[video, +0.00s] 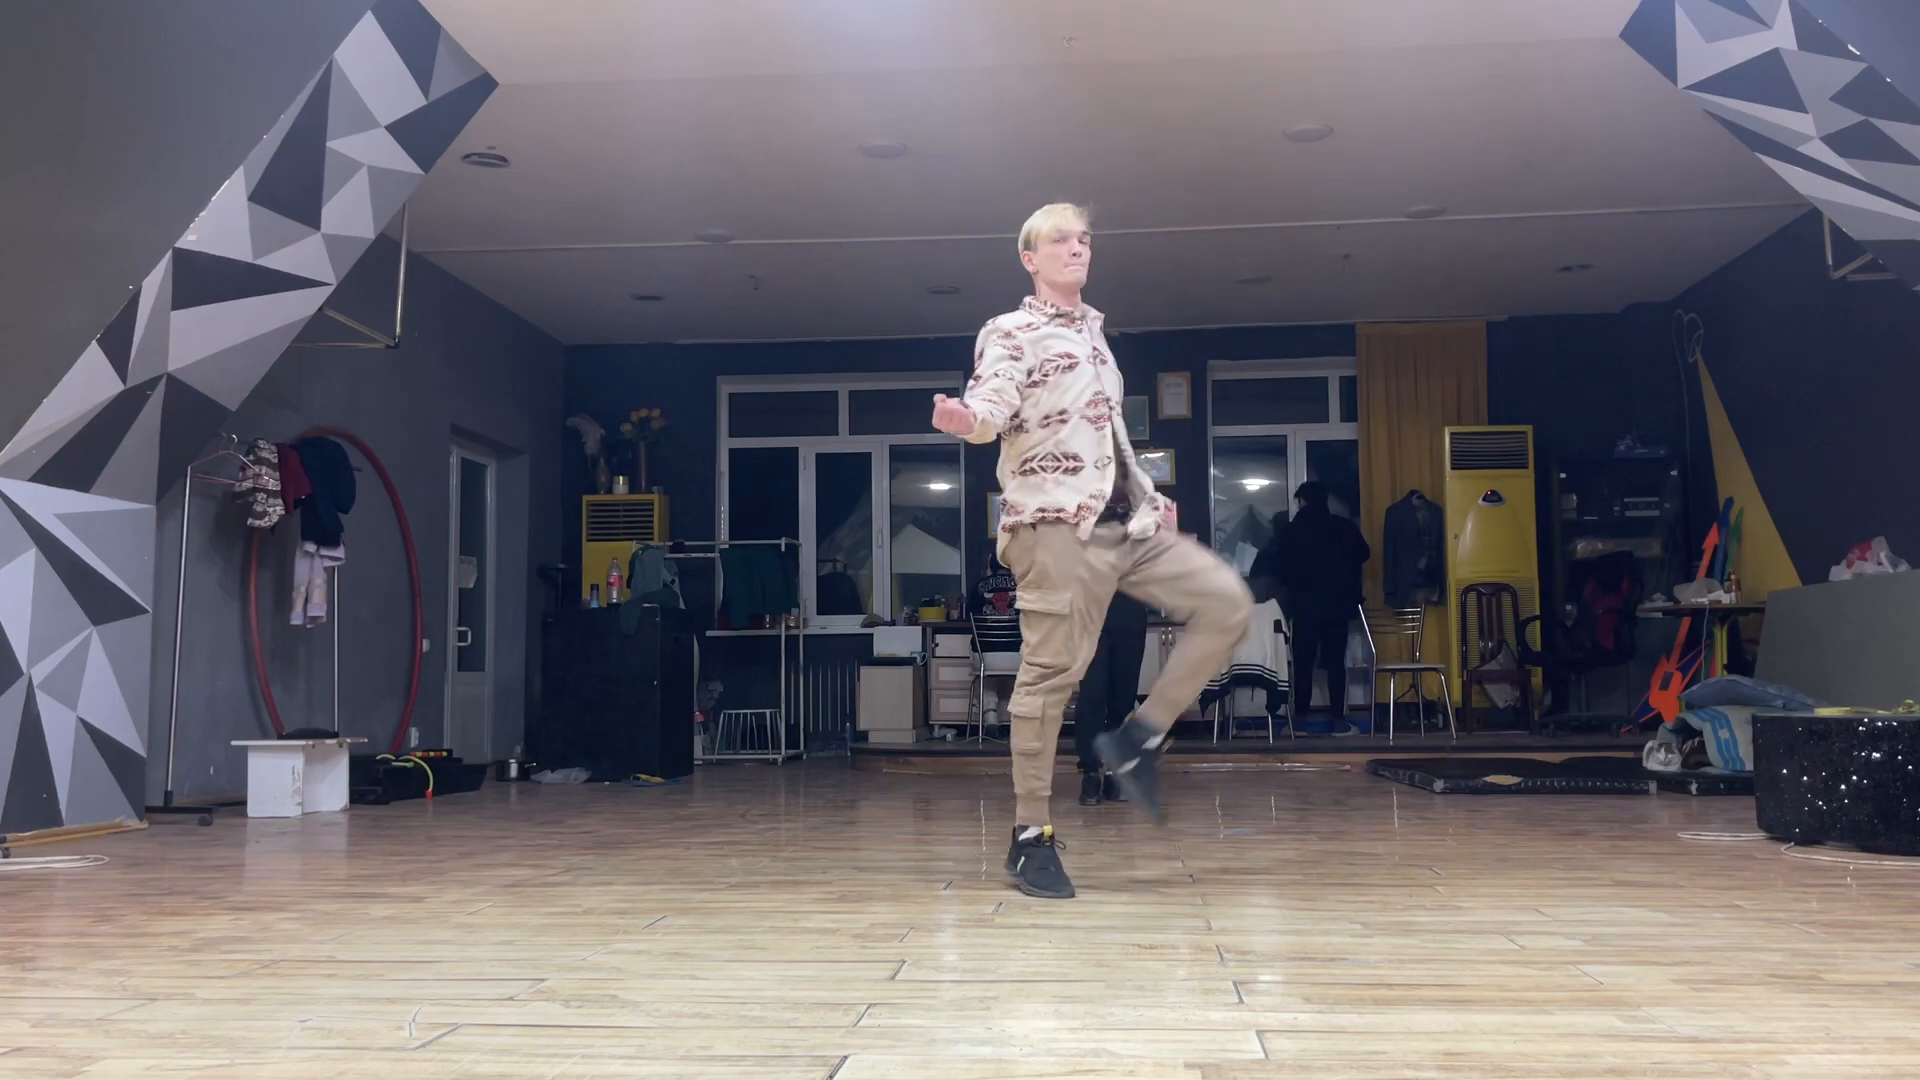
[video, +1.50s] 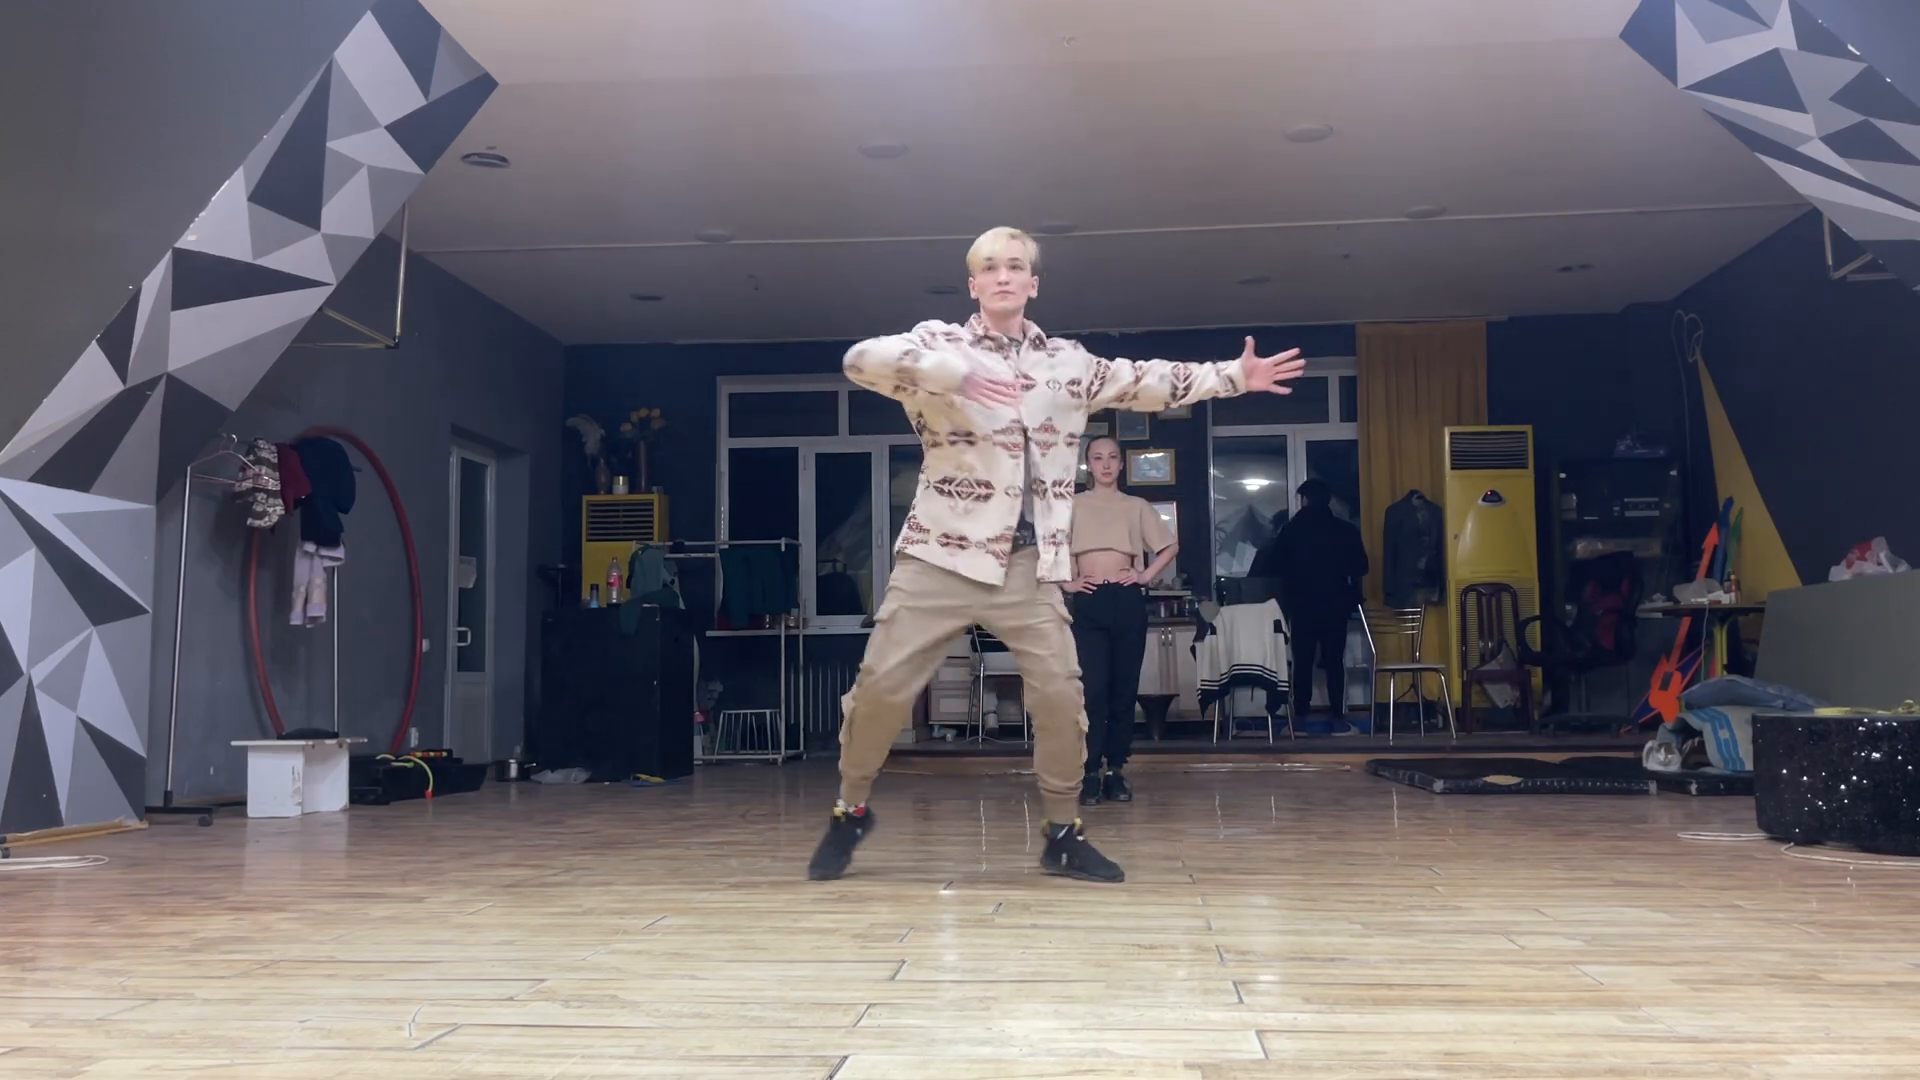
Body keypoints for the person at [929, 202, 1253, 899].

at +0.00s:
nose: (1079, 250)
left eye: (1084, 241)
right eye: (1064, 240)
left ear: (1090, 256)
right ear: (1030, 257)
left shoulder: (1092, 333)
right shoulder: (1011, 333)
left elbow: (1107, 437)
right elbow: (992, 407)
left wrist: (1149, 497)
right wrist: (970, 420)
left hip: (1124, 523)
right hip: (1057, 529)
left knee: (1227, 604)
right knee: (1050, 675)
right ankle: (1031, 837)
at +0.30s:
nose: (1102, 306)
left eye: (1107, 295)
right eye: (1086, 296)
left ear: (1112, 307)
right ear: (1053, 311)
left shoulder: (1095, 391)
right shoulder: (1035, 368)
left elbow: (1097, 462)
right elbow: (1047, 428)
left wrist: (1148, 451)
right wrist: (1136, 421)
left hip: (1032, 568)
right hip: (974, 555)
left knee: (1076, 687)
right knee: (955, 712)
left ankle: (1046, 841)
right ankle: (831, 781)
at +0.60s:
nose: (1040, 289)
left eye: (1049, 278)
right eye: (1026, 277)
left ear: (1059, 289)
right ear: (998, 288)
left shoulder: (1060, 373)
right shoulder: (978, 360)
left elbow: (1094, 452)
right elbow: (993, 449)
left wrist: (1167, 486)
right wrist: (1076, 487)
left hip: (1046, 554)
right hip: (984, 546)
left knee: (1080, 693)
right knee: (1021, 685)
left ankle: (1023, 840)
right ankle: (909, 790)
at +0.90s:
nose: (999, 332)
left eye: (1007, 322)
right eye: (986, 319)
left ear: (1012, 328)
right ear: (953, 324)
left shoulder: (1022, 383)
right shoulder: (929, 403)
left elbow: (1072, 438)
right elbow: (854, 414)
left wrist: (1086, 427)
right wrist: (801, 349)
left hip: (1102, 542)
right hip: (1063, 558)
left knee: (1112, 696)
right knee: (1181, 664)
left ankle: (1044, 837)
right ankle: (1229, 826)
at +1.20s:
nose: (1051, 311)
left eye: (1051, 300)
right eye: (1037, 302)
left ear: (1004, 320)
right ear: (1002, 314)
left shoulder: (967, 377)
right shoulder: (1038, 368)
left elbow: (1041, 438)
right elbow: (1138, 416)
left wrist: (1107, 437)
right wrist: (1145, 431)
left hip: (986, 564)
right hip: (993, 564)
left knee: (1071, 694)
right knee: (925, 700)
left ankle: (1054, 839)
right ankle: (813, 806)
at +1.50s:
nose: (1004, 277)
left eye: (1016, 267)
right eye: (991, 267)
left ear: (1034, 282)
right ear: (971, 281)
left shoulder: (1068, 364)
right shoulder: (938, 343)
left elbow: (1145, 381)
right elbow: (861, 360)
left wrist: (1231, 376)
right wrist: (938, 371)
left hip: (1028, 571)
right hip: (937, 559)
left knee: (1061, 695)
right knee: (880, 685)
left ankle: (1062, 832)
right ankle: (849, 812)